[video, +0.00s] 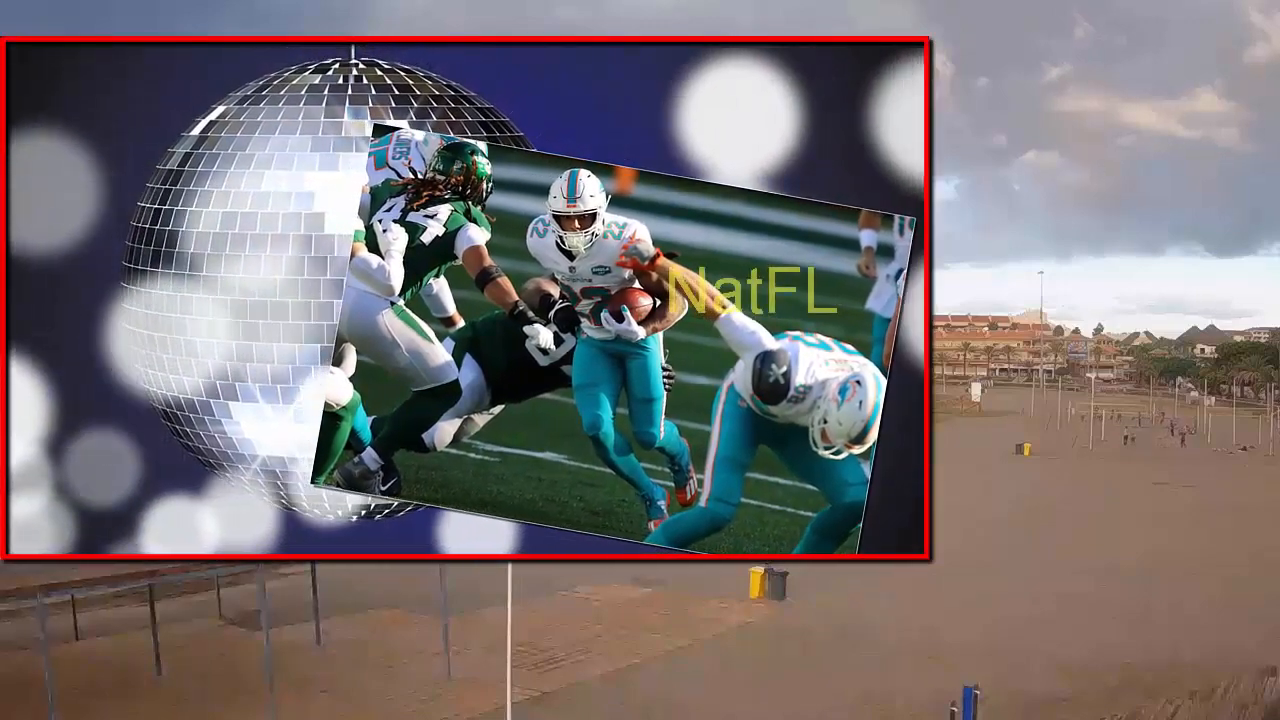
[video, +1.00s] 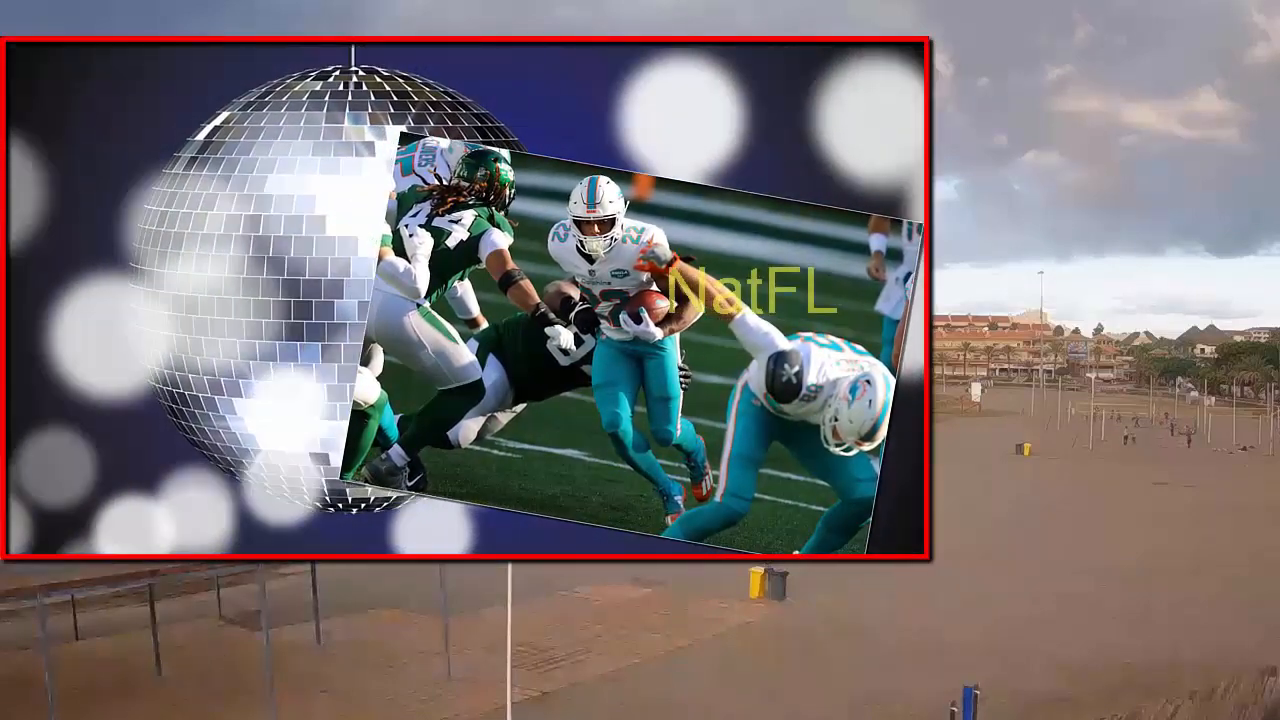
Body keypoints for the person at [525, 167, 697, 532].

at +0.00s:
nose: (574, 226)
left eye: (582, 218)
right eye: (565, 218)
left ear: (599, 211)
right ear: (553, 214)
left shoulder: (630, 238)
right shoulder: (539, 237)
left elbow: (678, 300)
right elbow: (566, 278)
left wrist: (644, 331)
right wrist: (573, 306)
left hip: (641, 342)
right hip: (592, 341)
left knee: (648, 435)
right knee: (597, 428)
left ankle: (681, 462)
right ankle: (653, 497)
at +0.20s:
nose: (577, 227)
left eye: (586, 219)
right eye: (569, 219)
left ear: (603, 213)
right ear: (557, 215)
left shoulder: (634, 239)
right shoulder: (543, 239)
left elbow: (682, 301)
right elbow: (569, 279)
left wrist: (647, 331)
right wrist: (581, 307)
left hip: (644, 342)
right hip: (596, 341)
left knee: (651, 434)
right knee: (600, 428)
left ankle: (684, 461)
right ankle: (656, 495)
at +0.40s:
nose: (581, 228)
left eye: (590, 220)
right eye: (573, 220)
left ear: (606, 214)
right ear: (561, 216)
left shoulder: (637, 240)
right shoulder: (547, 239)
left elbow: (686, 301)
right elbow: (573, 280)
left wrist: (651, 331)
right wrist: (584, 307)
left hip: (648, 342)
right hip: (600, 341)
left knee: (654, 434)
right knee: (604, 428)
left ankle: (687, 460)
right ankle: (659, 495)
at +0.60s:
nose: (586, 228)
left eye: (594, 220)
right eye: (577, 221)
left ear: (610, 214)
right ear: (566, 217)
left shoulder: (641, 241)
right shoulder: (552, 239)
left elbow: (689, 301)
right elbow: (576, 279)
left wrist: (655, 331)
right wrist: (579, 308)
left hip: (651, 342)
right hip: (604, 341)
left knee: (658, 433)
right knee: (608, 427)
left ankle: (691, 459)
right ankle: (663, 494)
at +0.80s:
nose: (590, 230)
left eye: (598, 222)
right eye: (581, 223)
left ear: (614, 215)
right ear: (569, 219)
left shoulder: (645, 242)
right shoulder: (556, 241)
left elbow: (691, 301)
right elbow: (583, 282)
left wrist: (658, 332)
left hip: (655, 343)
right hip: (607, 341)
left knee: (662, 433)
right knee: (612, 427)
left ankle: (693, 458)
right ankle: (666, 493)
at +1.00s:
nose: (594, 231)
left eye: (602, 223)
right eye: (585, 223)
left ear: (618, 218)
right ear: (573, 220)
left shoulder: (648, 242)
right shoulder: (561, 241)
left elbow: (696, 298)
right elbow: (583, 280)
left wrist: (662, 331)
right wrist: (582, 308)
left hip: (657, 341)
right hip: (610, 341)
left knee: (665, 432)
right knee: (616, 425)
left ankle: (697, 452)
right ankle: (670, 491)